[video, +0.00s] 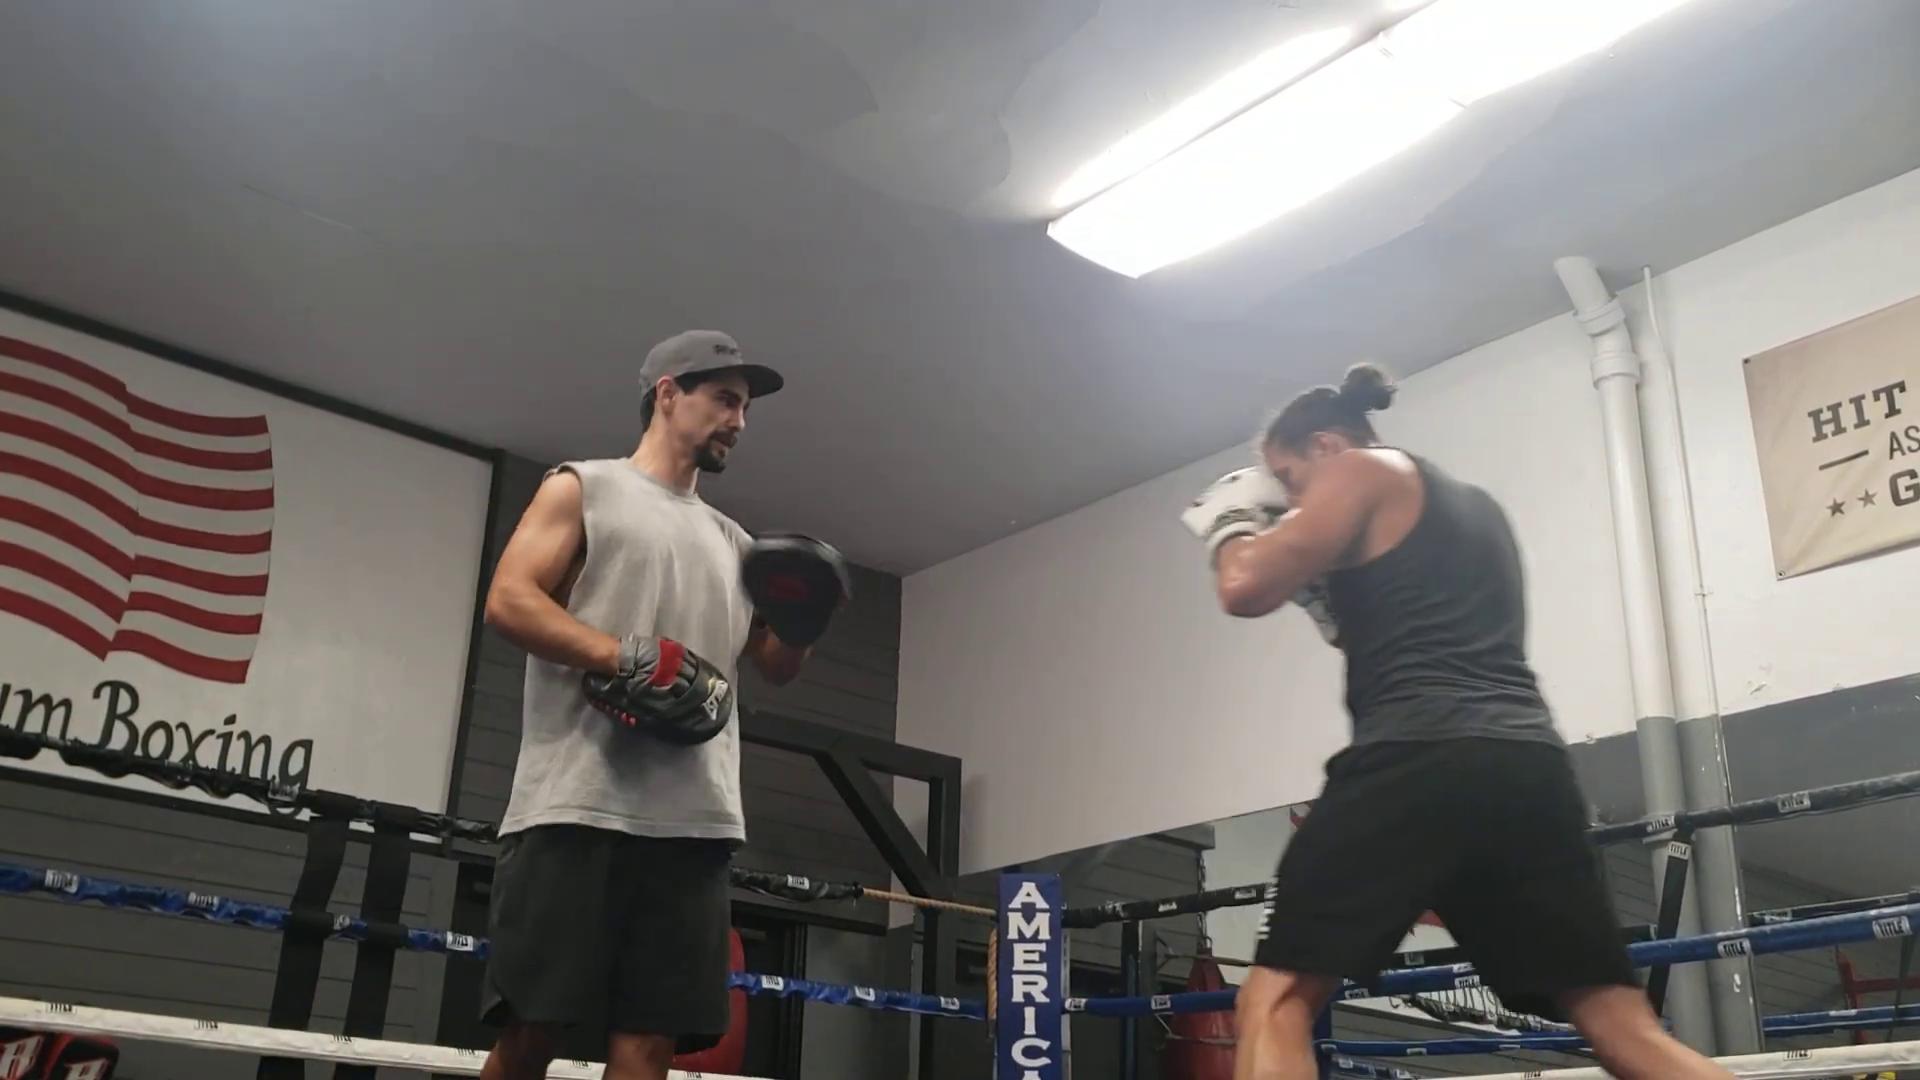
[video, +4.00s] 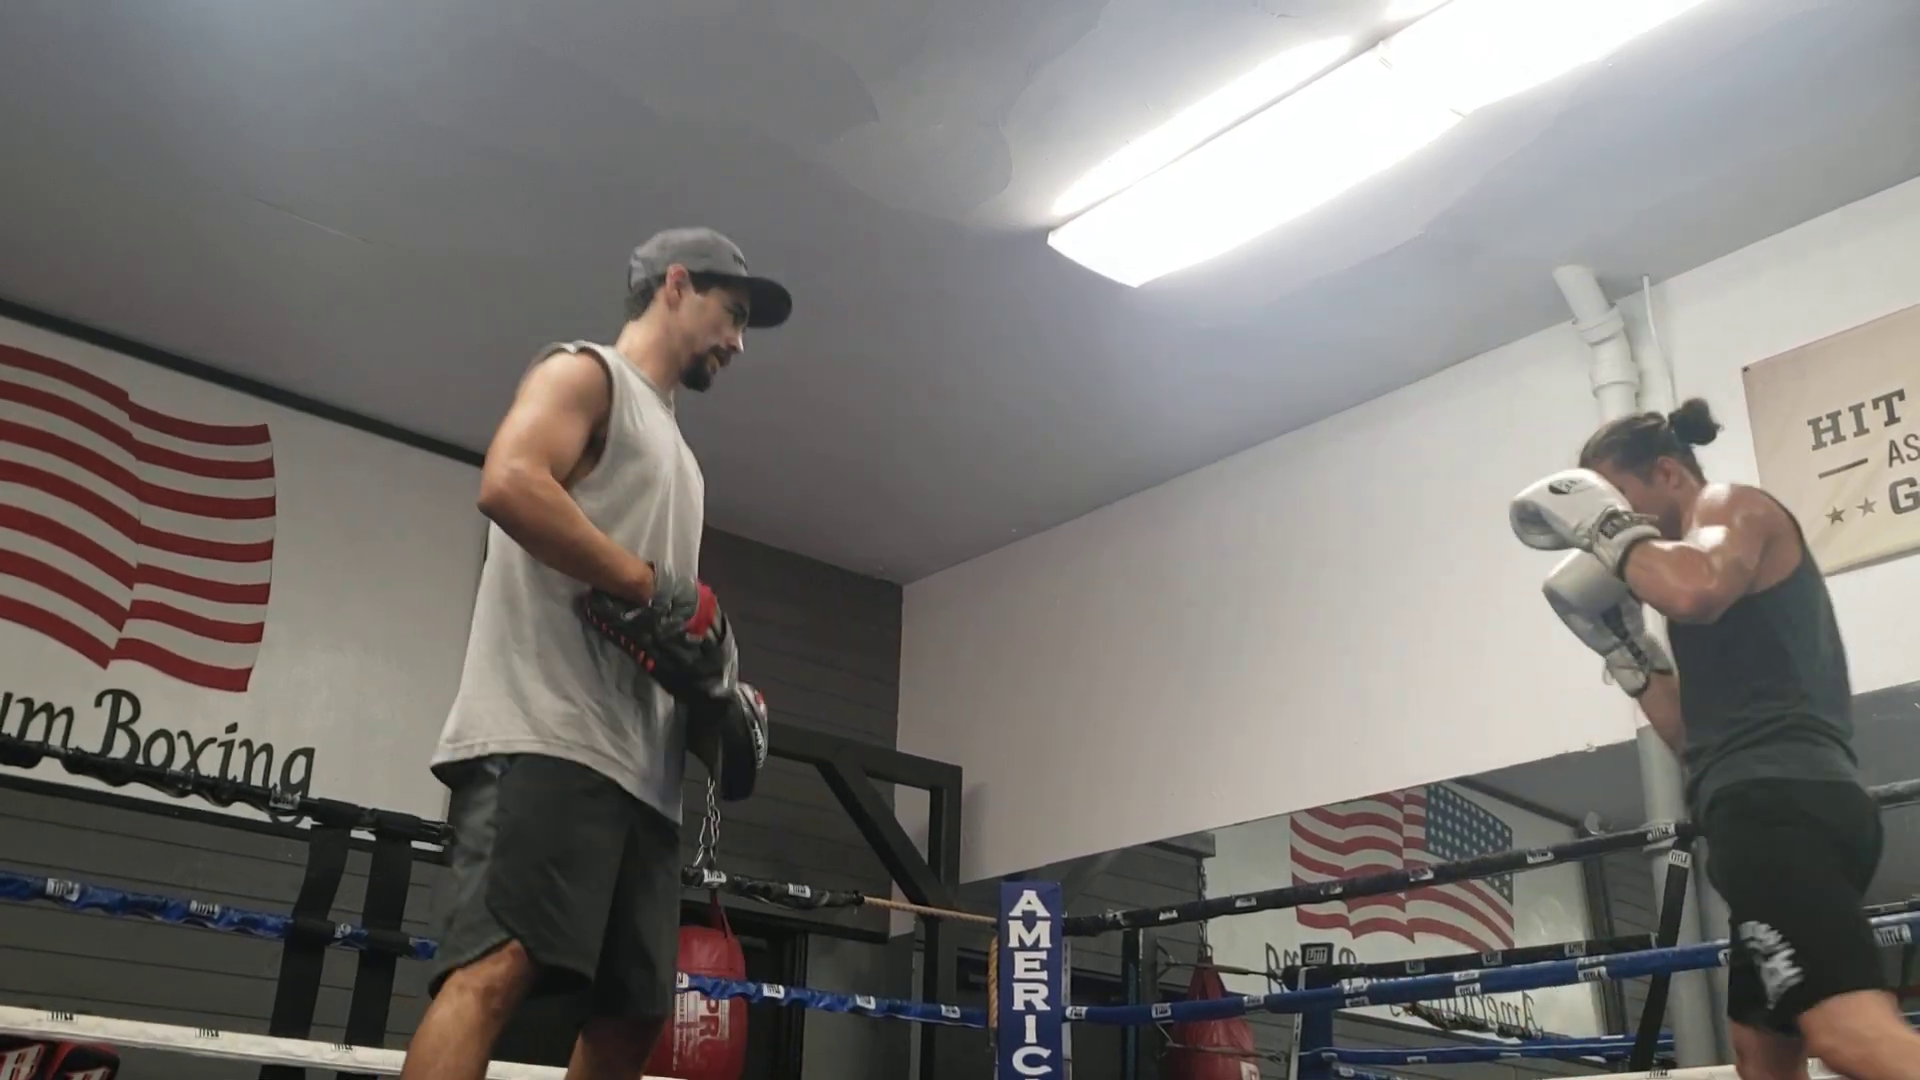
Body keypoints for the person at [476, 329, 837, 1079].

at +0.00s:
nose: (739, 419)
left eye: (746, 407)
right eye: (725, 398)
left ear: (744, 420)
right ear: (667, 393)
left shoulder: (738, 544)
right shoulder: (579, 488)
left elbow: (775, 666)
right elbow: (509, 598)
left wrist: (803, 613)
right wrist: (629, 658)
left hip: (691, 825)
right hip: (573, 809)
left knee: (647, 1048)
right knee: (531, 1037)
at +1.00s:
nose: (802, 533)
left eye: (813, 524)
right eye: (791, 511)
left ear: (814, 532)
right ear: (741, 501)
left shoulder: (773, 641)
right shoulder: (680, 564)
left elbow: (775, 760)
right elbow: (713, 591)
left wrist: (807, 854)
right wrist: (843, 574)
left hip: (753, 891)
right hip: (655, 873)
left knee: (770, 1067)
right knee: (589, 1063)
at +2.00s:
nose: (734, 438)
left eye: (743, 425)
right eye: (716, 420)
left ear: (749, 435)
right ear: (664, 423)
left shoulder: (781, 542)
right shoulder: (597, 544)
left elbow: (853, 633)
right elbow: (534, 665)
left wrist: (887, 543)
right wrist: (614, 689)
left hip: (756, 833)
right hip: (635, 830)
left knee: (792, 1043)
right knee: (604, 1046)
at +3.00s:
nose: (891, 318)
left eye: (901, 302)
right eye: (880, 291)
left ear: (889, 317)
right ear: (816, 274)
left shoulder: (881, 429)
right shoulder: (713, 379)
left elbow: (990, 485)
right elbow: (625, 500)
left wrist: (1089, 416)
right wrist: (769, 551)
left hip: (825, 764)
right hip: (687, 743)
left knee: (791, 1023)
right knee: (606, 997)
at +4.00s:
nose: (738, 341)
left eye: (746, 326)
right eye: (731, 312)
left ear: (691, 304)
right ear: (674, 286)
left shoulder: (677, 457)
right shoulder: (583, 370)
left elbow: (654, 603)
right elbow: (512, 482)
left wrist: (717, 689)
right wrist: (656, 591)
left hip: (638, 756)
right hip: (542, 724)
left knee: (629, 1016)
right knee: (495, 966)